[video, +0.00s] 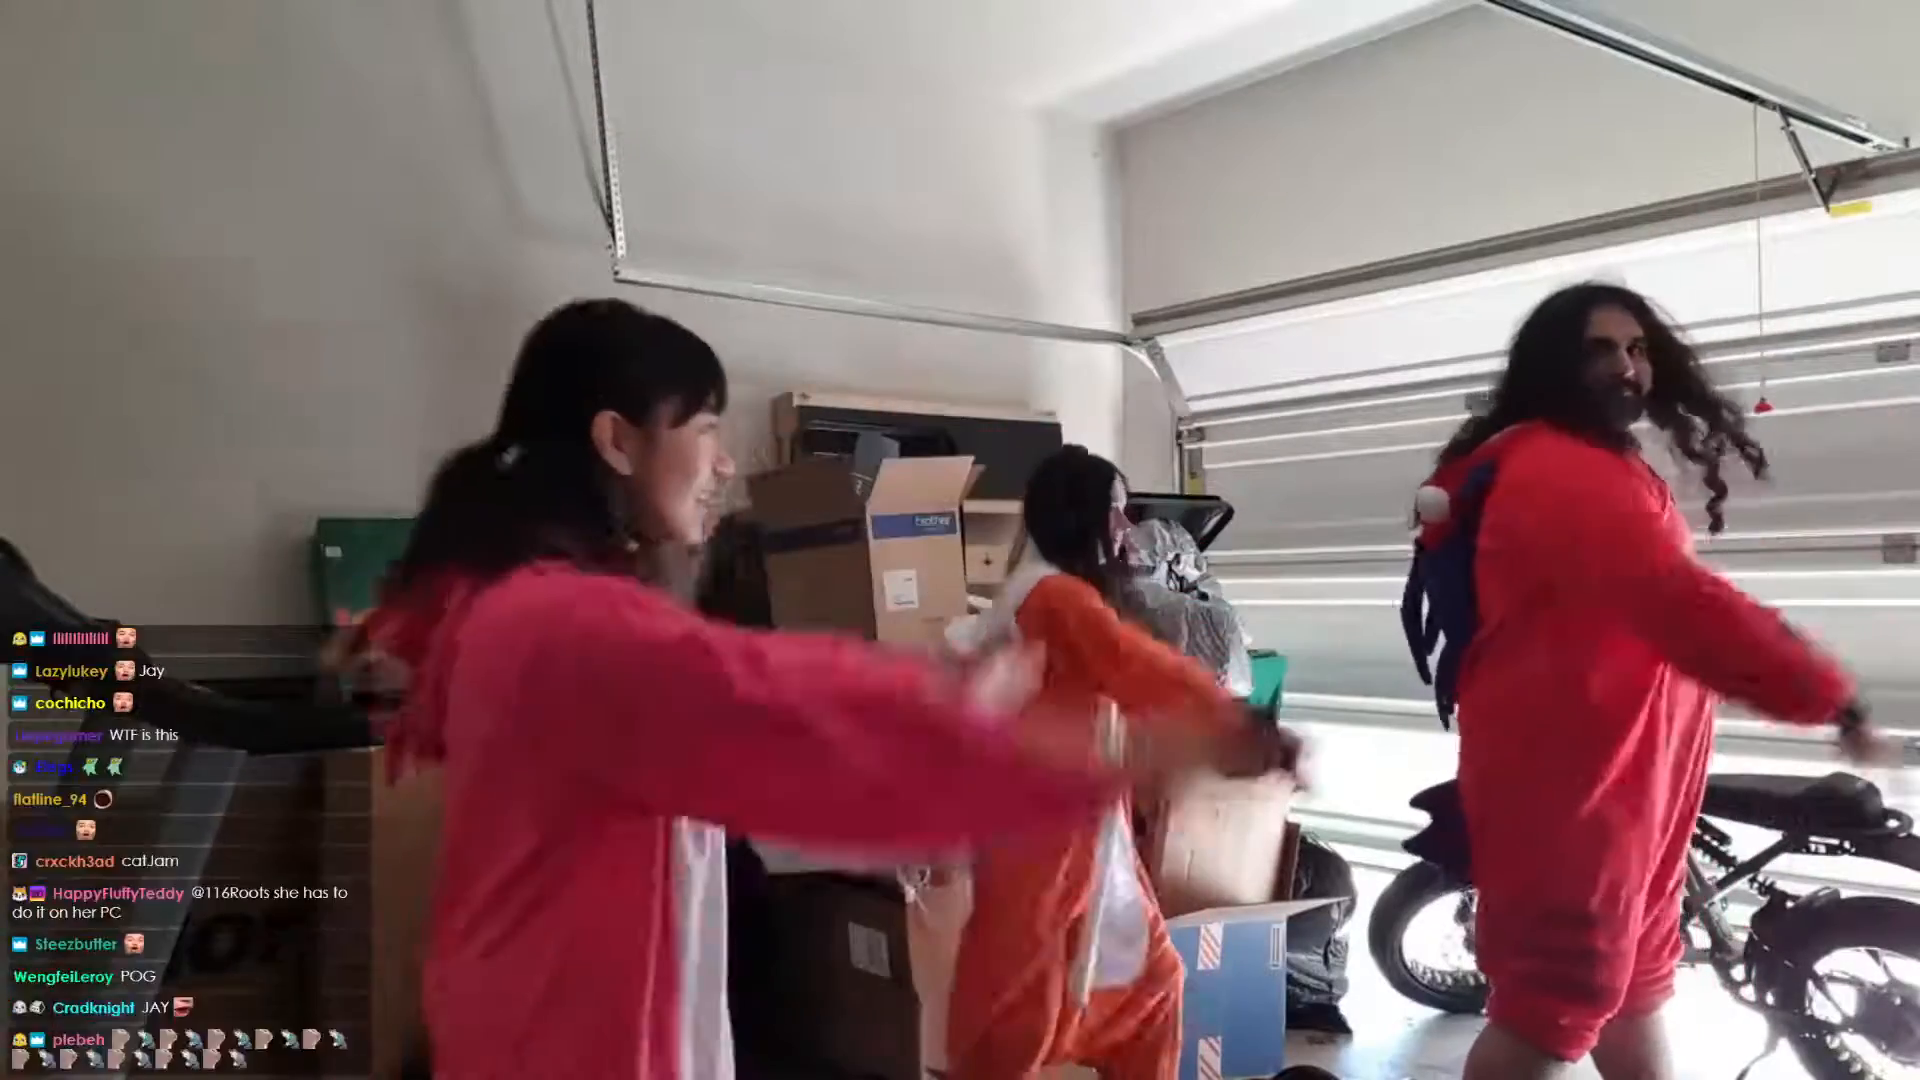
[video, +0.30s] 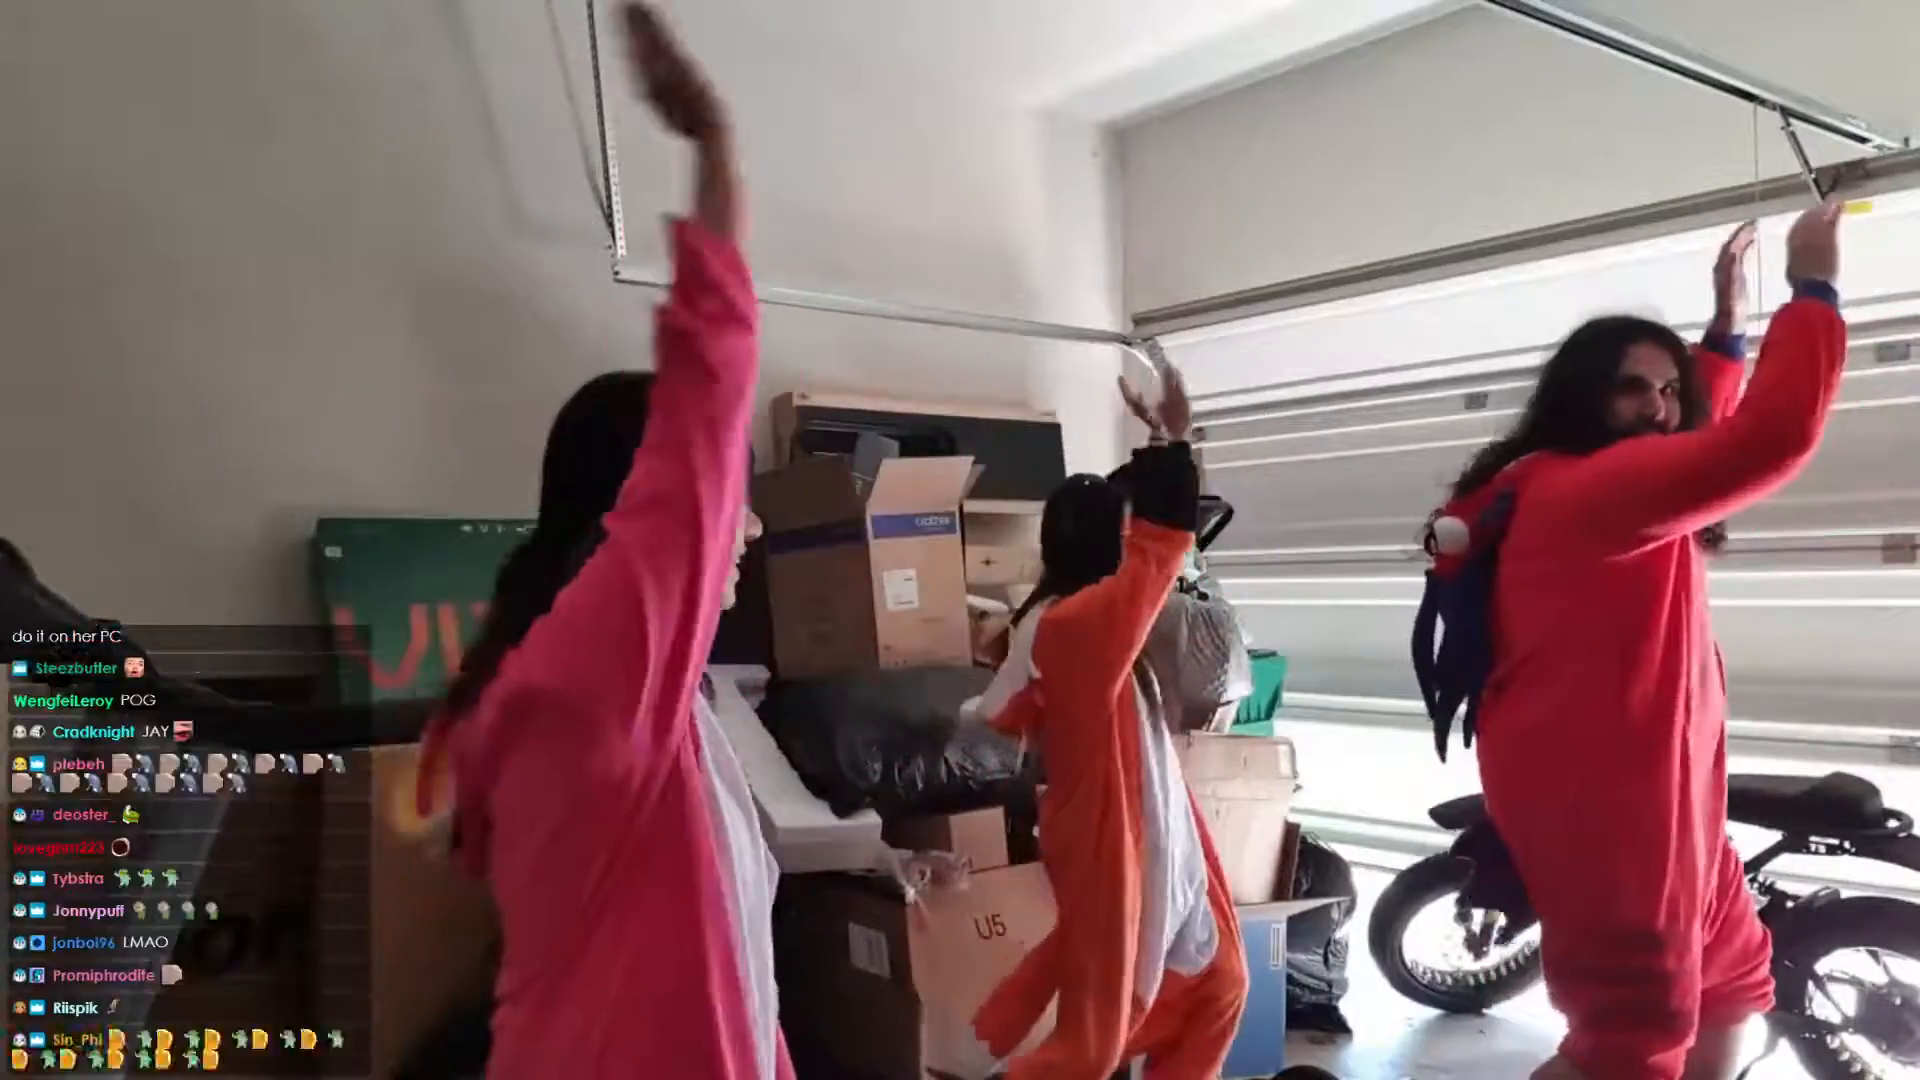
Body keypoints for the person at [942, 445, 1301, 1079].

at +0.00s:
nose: (1130, 531)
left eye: (1129, 513)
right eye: (1121, 513)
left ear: (1048, 517)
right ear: (1090, 518)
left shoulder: (1064, 592)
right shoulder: (1055, 594)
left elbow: (1152, 679)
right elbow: (1141, 672)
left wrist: (1237, 727)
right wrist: (1245, 725)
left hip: (1095, 823)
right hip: (1048, 826)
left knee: (1151, 976)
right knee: (1018, 993)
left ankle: (1144, 1074)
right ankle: (989, 1071)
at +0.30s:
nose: (1141, 538)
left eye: (1137, 523)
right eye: (1127, 523)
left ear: (1057, 541)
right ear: (1103, 539)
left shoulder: (1093, 621)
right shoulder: (1071, 626)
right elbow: (1153, 556)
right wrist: (1174, 446)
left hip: (1156, 822)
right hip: (1105, 835)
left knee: (1219, 979)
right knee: (1100, 1033)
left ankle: (1168, 1075)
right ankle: (1016, 1070)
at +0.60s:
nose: (1149, 540)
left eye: (1152, 526)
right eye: (1138, 526)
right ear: (1098, 530)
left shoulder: (1092, 606)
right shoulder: (1073, 610)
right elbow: (1154, 691)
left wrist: (1210, 745)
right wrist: (1200, 784)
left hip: (1082, 835)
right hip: (1025, 834)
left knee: (1123, 984)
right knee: (1015, 999)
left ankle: (1140, 1067)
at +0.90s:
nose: (1138, 521)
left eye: (1138, 505)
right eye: (1130, 505)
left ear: (1063, 510)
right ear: (1096, 511)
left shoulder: (1058, 582)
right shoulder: (1073, 592)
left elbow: (1160, 669)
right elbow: (1166, 663)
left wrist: (1263, 708)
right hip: (1065, 823)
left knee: (1149, 979)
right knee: (1033, 981)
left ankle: (1144, 1074)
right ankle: (999, 1069)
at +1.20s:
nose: (1147, 540)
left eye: (1143, 527)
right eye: (1136, 528)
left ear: (1068, 542)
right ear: (1109, 542)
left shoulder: (1062, 621)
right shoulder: (1082, 631)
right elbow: (1166, 565)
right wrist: (1196, 452)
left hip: (1158, 823)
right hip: (1114, 837)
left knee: (1223, 979)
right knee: (1106, 1015)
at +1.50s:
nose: (1150, 538)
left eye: (1153, 525)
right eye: (1138, 523)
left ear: (1076, 529)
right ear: (1100, 526)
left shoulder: (1061, 593)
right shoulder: (1082, 606)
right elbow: (1163, 692)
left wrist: (1202, 768)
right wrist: (1209, 776)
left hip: (1080, 819)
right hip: (1030, 819)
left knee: (1120, 972)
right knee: (1021, 977)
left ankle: (1133, 1066)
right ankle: (991, 1068)